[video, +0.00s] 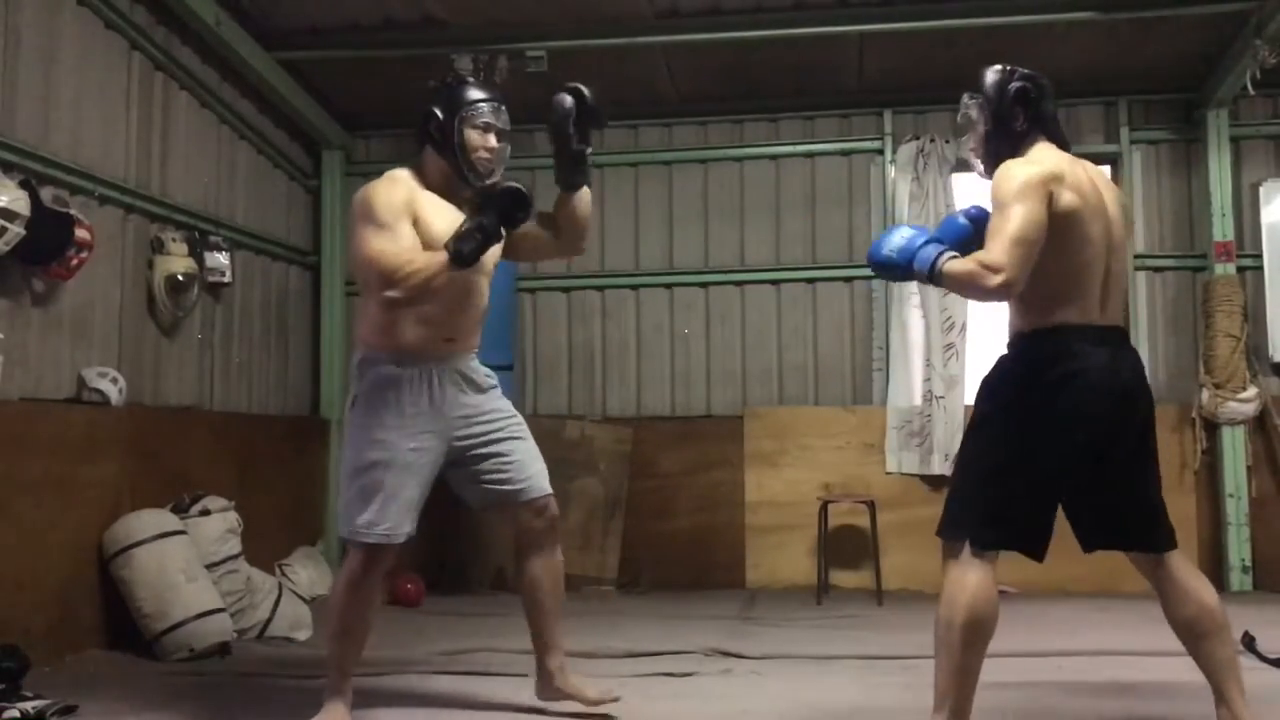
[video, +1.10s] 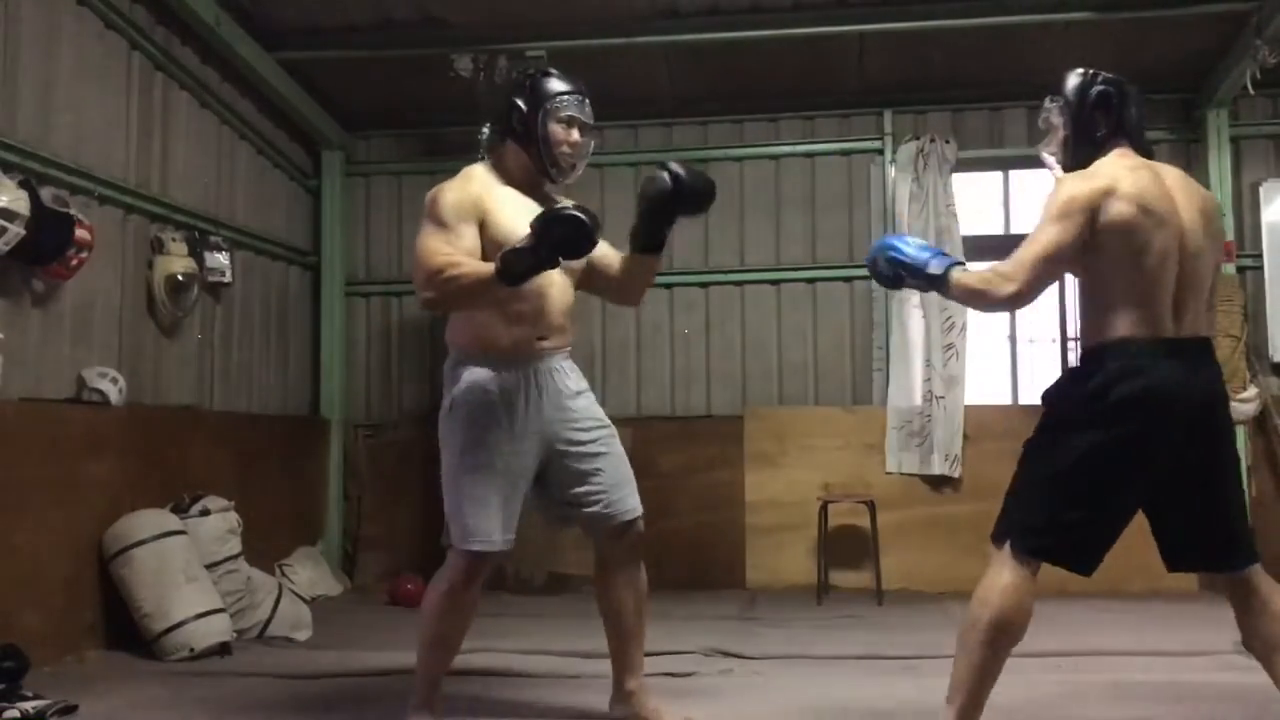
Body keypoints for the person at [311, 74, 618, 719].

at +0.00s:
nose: (495, 145)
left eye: (500, 134)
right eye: (482, 131)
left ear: (504, 142)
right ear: (441, 133)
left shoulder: (489, 214)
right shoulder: (387, 194)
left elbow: (568, 239)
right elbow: (391, 278)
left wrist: (574, 158)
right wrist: (470, 240)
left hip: (469, 382)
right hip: (395, 386)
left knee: (539, 513)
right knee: (373, 547)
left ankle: (552, 672)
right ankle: (337, 696)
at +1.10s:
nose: (577, 141)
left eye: (584, 129)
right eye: (564, 125)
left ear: (587, 136)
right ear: (519, 124)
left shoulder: (555, 213)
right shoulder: (461, 193)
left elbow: (627, 287)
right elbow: (434, 286)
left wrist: (654, 218)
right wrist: (524, 262)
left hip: (561, 381)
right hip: (485, 388)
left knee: (621, 525)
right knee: (474, 552)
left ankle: (630, 690)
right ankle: (425, 703)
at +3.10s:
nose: (604, 119)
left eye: (608, 107)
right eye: (590, 102)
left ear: (602, 115)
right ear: (544, 103)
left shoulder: (584, 188)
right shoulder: (481, 174)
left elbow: (660, 246)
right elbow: (435, 267)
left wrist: (687, 174)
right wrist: (537, 247)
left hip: (585, 382)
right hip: (508, 389)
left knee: (635, 536)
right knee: (477, 566)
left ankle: (644, 705)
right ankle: (409, 706)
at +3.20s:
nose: (582, 105)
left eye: (587, 93)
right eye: (568, 90)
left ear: (587, 103)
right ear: (522, 93)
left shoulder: (588, 174)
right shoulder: (469, 171)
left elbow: (667, 219)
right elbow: (424, 267)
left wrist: (736, 175)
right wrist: (518, 240)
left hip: (603, 370)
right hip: (527, 382)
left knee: (662, 518)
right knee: (566, 537)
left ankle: (653, 692)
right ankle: (502, 689)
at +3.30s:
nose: (554, 123)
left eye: (559, 110)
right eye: (539, 108)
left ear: (563, 118)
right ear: (494, 107)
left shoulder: (572, 191)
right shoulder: (442, 186)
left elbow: (648, 263)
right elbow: (439, 255)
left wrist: (730, 318)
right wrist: (525, 195)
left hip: (615, 346)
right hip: (545, 389)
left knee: (762, 417)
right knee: (586, 553)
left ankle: (749, 552)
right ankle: (559, 711)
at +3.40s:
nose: (553, 134)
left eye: (556, 121)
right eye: (540, 120)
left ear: (556, 127)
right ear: (496, 119)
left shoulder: (568, 194)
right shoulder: (436, 191)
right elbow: (460, 236)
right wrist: (541, 174)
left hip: (626, 323)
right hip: (565, 391)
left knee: (768, 290)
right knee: (591, 558)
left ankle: (922, 329)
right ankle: (564, 710)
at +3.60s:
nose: (568, 129)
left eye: (572, 116)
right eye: (553, 112)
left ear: (572, 122)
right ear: (504, 112)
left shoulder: (568, 187)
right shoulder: (448, 196)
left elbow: (637, 275)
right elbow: (457, 288)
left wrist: (706, 345)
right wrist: (551, 242)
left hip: (615, 326)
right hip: (557, 390)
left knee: (751, 281)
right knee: (593, 550)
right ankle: (566, 710)